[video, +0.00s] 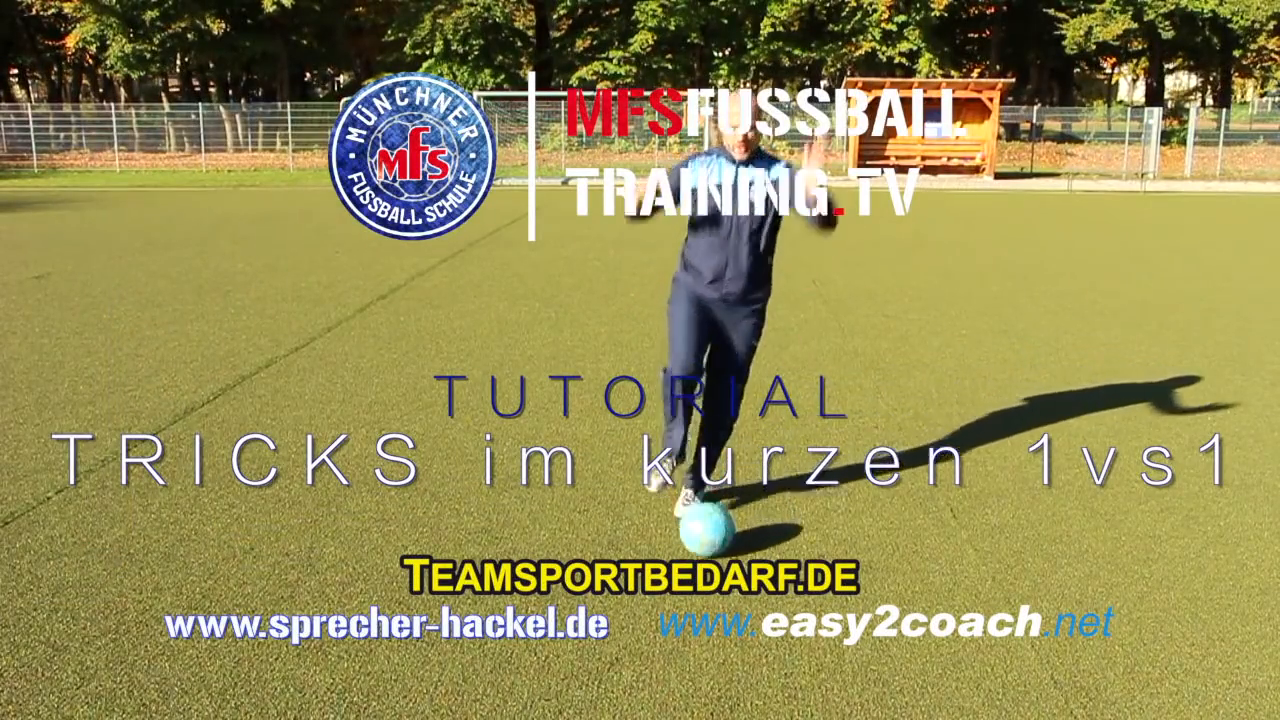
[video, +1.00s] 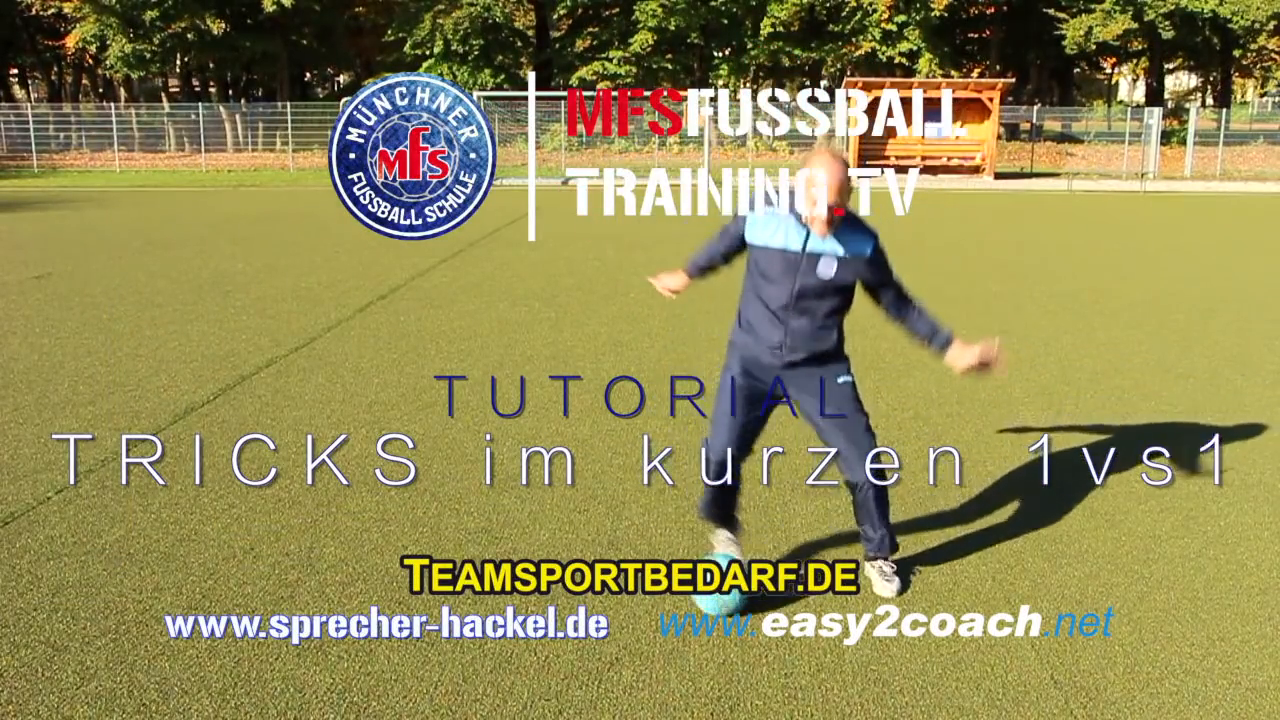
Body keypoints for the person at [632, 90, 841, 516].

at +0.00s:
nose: (742, 138)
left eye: (749, 129)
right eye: (733, 130)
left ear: (760, 128)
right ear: (719, 127)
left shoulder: (780, 173)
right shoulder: (699, 168)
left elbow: (825, 222)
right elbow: (643, 210)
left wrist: (817, 182)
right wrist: (644, 193)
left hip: (746, 302)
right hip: (694, 291)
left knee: (724, 400)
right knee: (682, 370)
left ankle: (697, 482)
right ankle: (673, 449)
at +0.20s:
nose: (744, 107)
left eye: (753, 98)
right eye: (736, 97)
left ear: (767, 96)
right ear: (723, 94)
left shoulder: (791, 136)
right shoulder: (704, 138)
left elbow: (854, 151)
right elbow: (656, 157)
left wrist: (847, 101)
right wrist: (623, 159)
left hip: (766, 269)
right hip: (713, 258)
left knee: (739, 371)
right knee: (691, 336)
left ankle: (705, 464)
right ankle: (669, 426)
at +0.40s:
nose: (757, 97)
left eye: (765, 87)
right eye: (749, 87)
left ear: (781, 83)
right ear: (738, 82)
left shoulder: (811, 117)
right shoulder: (715, 123)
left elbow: (876, 138)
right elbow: (652, 148)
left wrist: (910, 117)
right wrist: (591, 166)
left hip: (784, 263)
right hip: (727, 252)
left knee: (771, 372)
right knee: (694, 338)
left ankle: (741, 482)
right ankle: (659, 425)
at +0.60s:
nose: (784, 107)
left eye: (792, 98)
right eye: (775, 98)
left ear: (804, 95)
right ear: (757, 92)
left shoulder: (827, 134)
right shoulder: (731, 135)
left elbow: (897, 162)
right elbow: (662, 161)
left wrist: (962, 160)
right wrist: (595, 185)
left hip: (801, 282)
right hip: (737, 273)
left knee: (809, 398)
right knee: (692, 366)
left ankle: (806, 508)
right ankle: (651, 445)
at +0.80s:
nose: (818, 120)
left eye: (825, 114)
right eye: (808, 112)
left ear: (831, 127)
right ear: (785, 124)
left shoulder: (852, 176)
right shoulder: (751, 167)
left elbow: (901, 223)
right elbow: (690, 195)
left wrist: (971, 237)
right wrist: (631, 220)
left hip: (817, 324)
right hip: (750, 315)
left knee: (849, 436)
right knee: (703, 405)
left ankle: (872, 549)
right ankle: (667, 479)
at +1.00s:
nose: (828, 205)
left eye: (837, 196)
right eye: (819, 193)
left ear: (847, 193)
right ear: (800, 185)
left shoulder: (859, 244)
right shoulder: (758, 225)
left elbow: (897, 302)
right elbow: (722, 247)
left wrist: (949, 346)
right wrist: (687, 272)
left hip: (819, 367)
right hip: (751, 362)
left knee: (864, 465)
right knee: (721, 455)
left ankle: (879, 556)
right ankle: (721, 525)